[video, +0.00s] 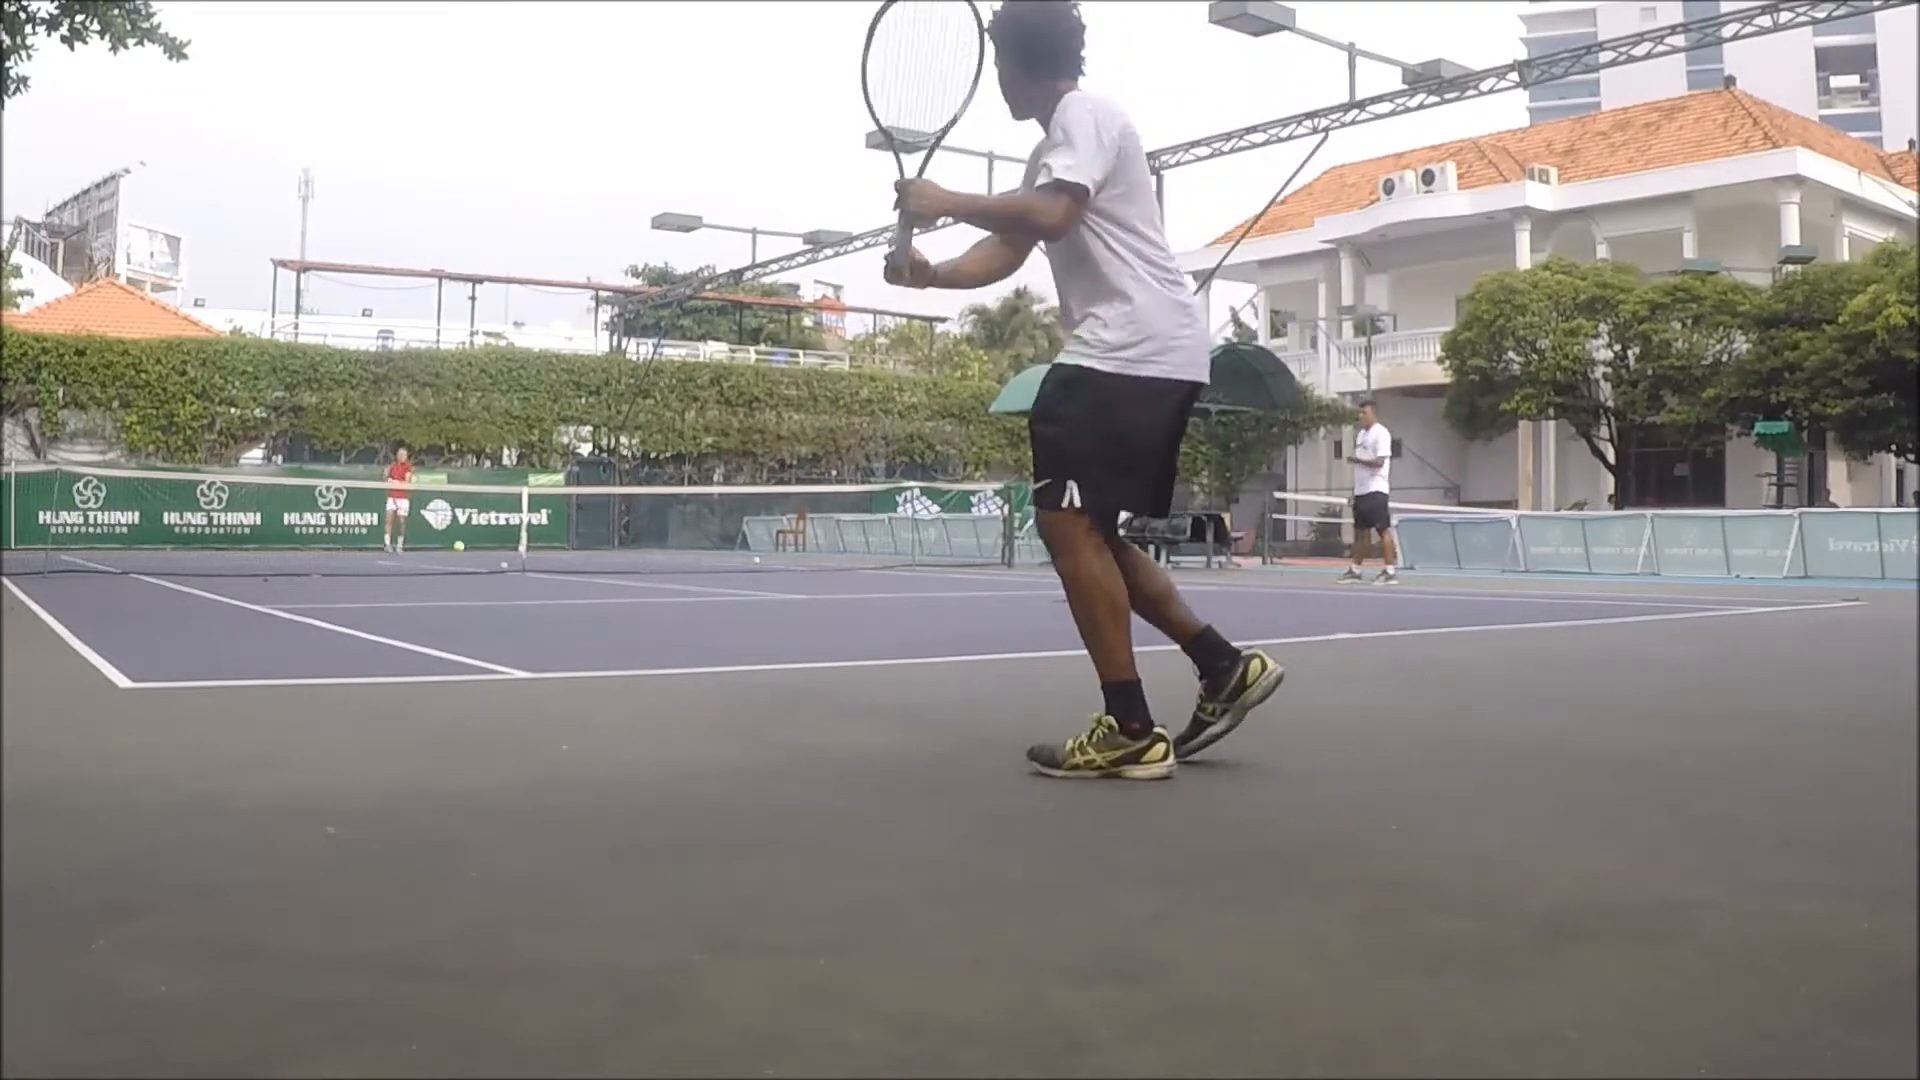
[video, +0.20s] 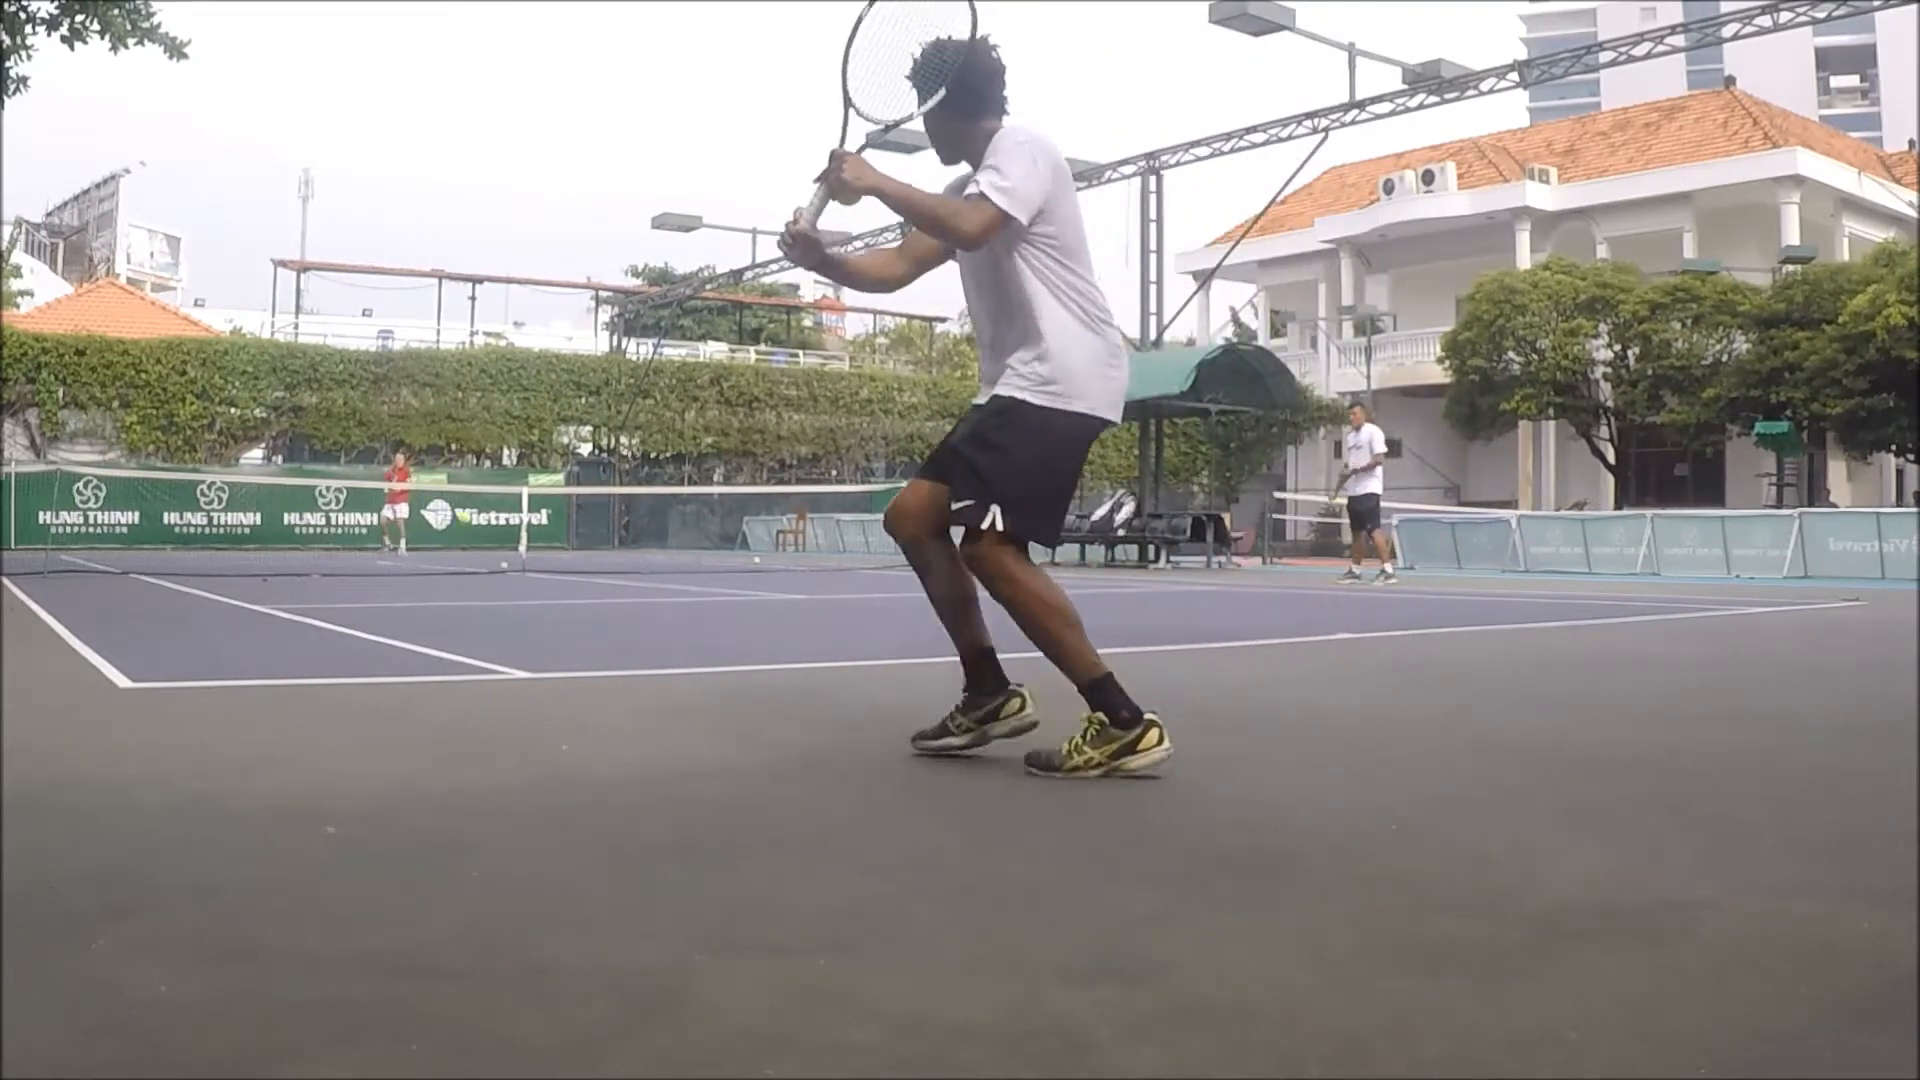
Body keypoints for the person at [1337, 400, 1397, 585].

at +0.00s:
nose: (1361, 416)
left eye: (1364, 412)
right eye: (1360, 413)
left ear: (1373, 413)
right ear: (1361, 415)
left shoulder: (1381, 432)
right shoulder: (1361, 434)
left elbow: (1379, 462)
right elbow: (1363, 460)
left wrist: (1357, 460)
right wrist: (1356, 489)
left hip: (1376, 489)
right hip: (1361, 490)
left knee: (1383, 531)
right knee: (1361, 531)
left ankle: (1389, 569)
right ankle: (1355, 569)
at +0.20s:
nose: (1352, 417)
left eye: (1355, 413)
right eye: (1350, 415)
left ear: (1364, 414)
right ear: (1350, 417)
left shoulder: (1374, 431)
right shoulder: (1349, 436)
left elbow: (1378, 458)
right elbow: (1348, 465)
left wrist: (1357, 470)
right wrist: (1338, 488)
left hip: (1370, 489)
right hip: (1353, 490)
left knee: (1373, 530)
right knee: (1357, 532)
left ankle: (1388, 569)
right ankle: (1355, 569)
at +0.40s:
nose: (1346, 419)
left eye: (1349, 415)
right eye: (1344, 416)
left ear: (1357, 416)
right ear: (1342, 419)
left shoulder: (1370, 431)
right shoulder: (1342, 438)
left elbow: (1375, 459)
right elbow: (1338, 466)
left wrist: (1365, 485)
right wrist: (1329, 490)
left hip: (1368, 488)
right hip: (1349, 491)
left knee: (1370, 527)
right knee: (1355, 532)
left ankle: (1379, 566)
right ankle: (1354, 569)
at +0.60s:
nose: (1345, 418)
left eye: (1348, 414)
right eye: (1342, 416)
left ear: (1355, 415)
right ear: (1340, 419)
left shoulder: (1369, 430)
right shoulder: (1338, 439)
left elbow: (1380, 457)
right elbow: (1334, 467)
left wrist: (1381, 484)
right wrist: (1329, 491)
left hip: (1369, 489)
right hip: (1348, 492)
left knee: (1371, 532)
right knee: (1353, 534)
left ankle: (1372, 569)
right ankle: (1354, 569)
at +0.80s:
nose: (1346, 418)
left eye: (1349, 414)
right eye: (1343, 415)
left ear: (1356, 414)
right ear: (1340, 418)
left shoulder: (1370, 431)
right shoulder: (1337, 438)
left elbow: (1380, 458)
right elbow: (1333, 466)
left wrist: (1384, 485)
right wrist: (1332, 492)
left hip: (1369, 489)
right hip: (1347, 492)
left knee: (1371, 532)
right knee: (1353, 534)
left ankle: (1372, 568)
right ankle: (1354, 568)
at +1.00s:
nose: (1346, 417)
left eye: (1349, 413)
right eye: (1344, 414)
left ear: (1359, 413)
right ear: (1342, 417)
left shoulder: (1372, 432)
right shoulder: (1339, 436)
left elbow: (1378, 459)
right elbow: (1334, 465)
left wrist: (1379, 484)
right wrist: (1330, 491)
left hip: (1367, 489)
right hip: (1346, 491)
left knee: (1371, 532)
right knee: (1351, 534)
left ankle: (1372, 568)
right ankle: (1354, 568)